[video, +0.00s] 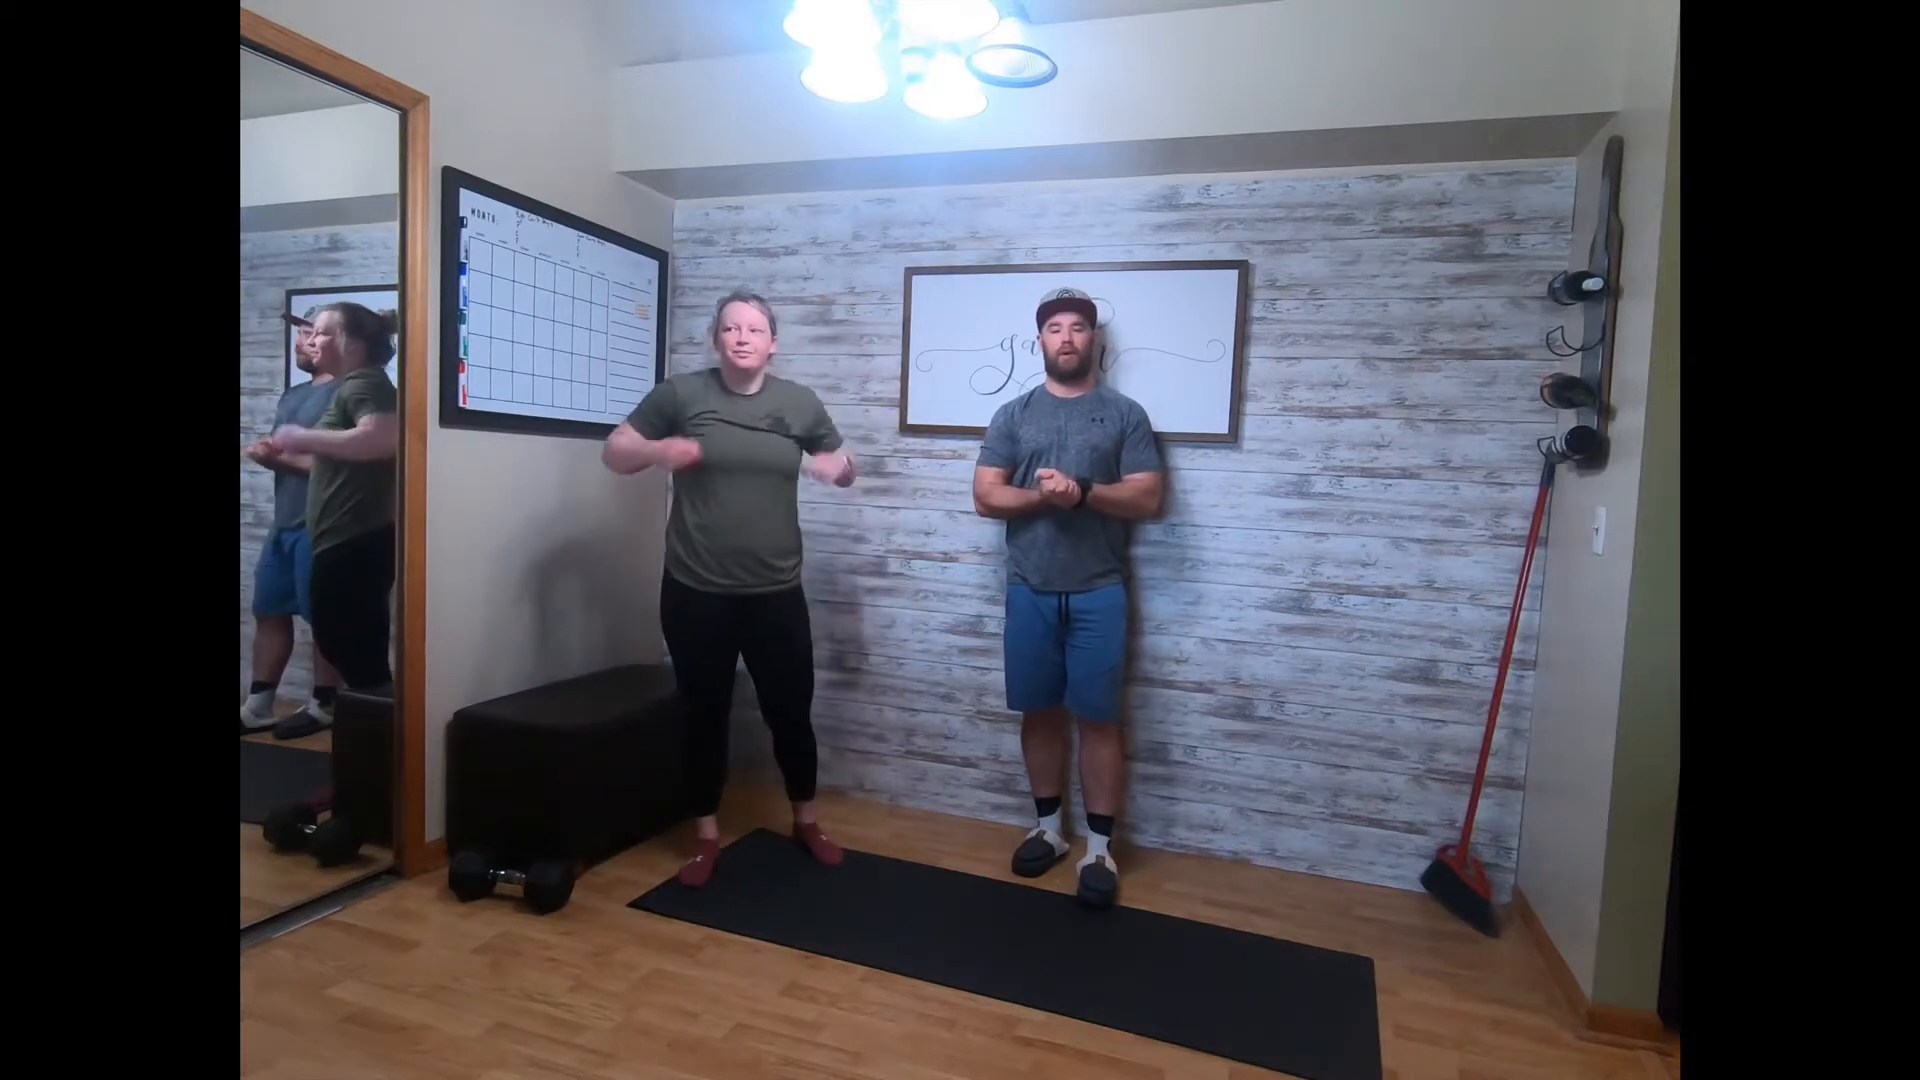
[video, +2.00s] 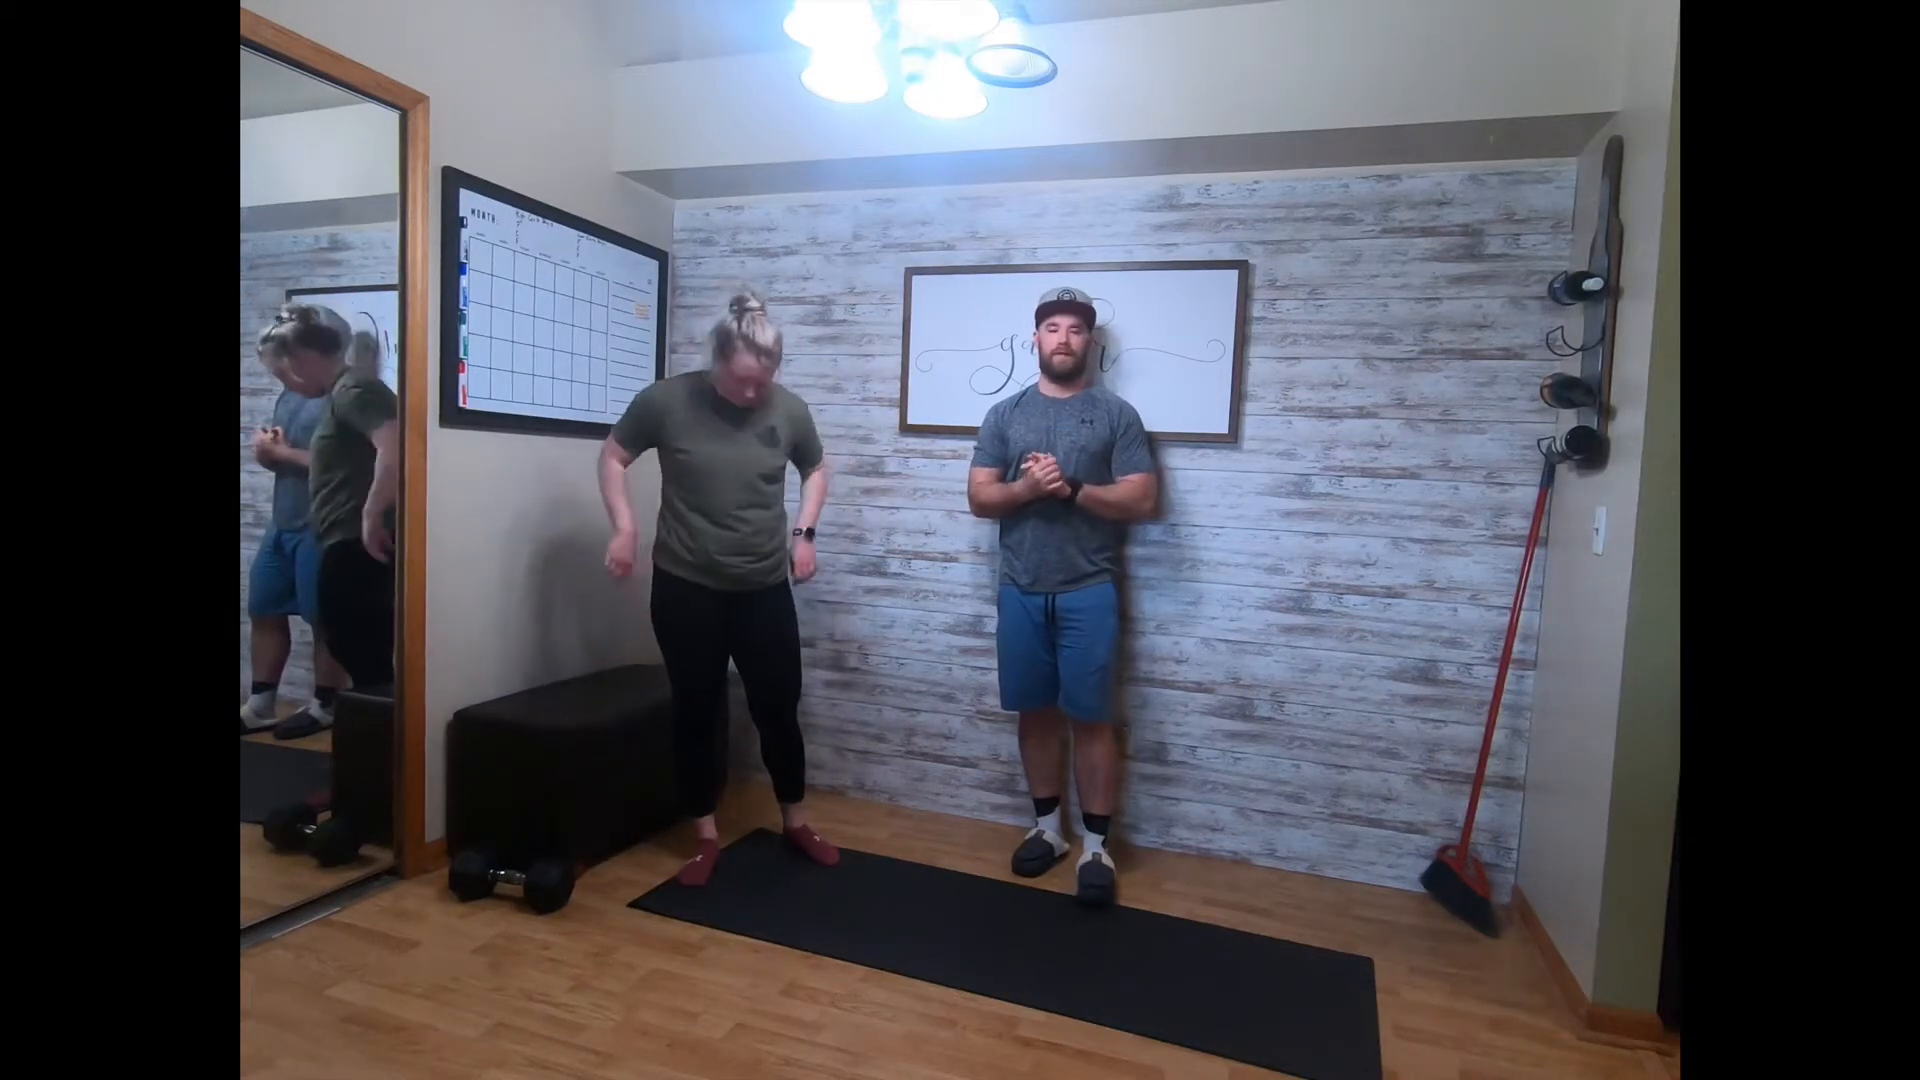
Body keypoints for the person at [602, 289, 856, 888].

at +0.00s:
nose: (743, 338)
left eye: (754, 330)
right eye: (732, 329)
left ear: (773, 343)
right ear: (715, 340)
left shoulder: (798, 404)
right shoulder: (681, 393)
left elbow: (844, 469)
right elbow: (615, 453)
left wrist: (836, 467)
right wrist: (659, 451)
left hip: (775, 590)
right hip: (696, 587)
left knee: (792, 715)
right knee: (703, 716)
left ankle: (808, 823)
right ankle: (706, 836)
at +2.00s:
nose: (751, 392)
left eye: (761, 381)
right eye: (741, 380)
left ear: (775, 367)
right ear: (717, 359)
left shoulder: (788, 410)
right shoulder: (667, 401)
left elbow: (816, 470)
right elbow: (613, 456)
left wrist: (805, 531)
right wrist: (624, 528)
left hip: (764, 587)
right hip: (686, 586)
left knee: (779, 709)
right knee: (696, 713)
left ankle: (797, 824)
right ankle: (707, 838)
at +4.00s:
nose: (733, 343)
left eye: (744, 334)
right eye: (722, 332)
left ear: (757, 345)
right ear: (702, 341)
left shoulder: (785, 417)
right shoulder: (661, 411)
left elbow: (805, 506)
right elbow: (628, 493)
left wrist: (746, 529)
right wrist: (684, 528)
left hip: (763, 593)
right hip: (682, 592)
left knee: (781, 716)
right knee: (696, 719)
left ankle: (799, 825)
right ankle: (707, 838)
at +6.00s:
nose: (798, 357)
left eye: (809, 347)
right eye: (787, 347)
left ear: (823, 352)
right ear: (769, 353)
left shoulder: (851, 420)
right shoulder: (736, 412)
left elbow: (867, 498)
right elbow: (703, 489)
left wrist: (815, 526)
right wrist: (756, 525)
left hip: (825, 591)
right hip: (752, 587)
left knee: (808, 710)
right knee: (734, 709)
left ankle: (798, 824)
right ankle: (711, 835)